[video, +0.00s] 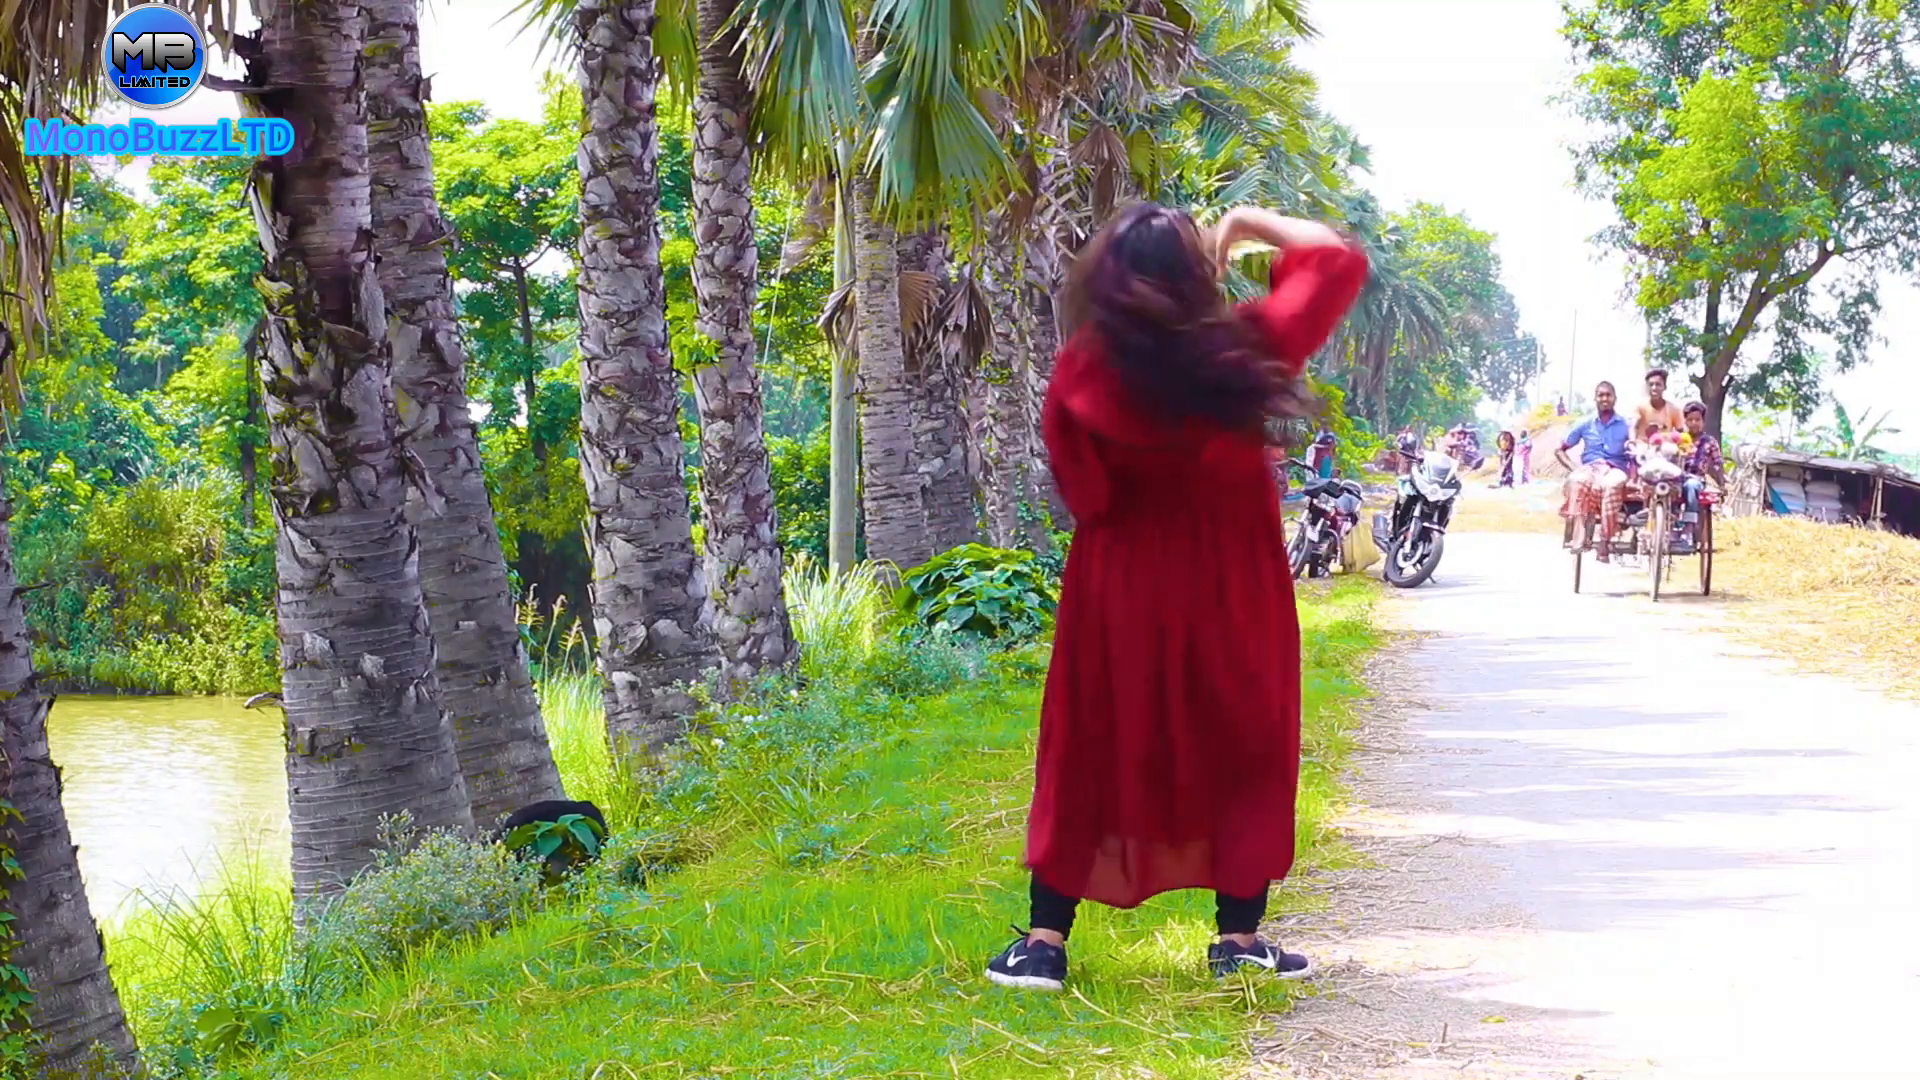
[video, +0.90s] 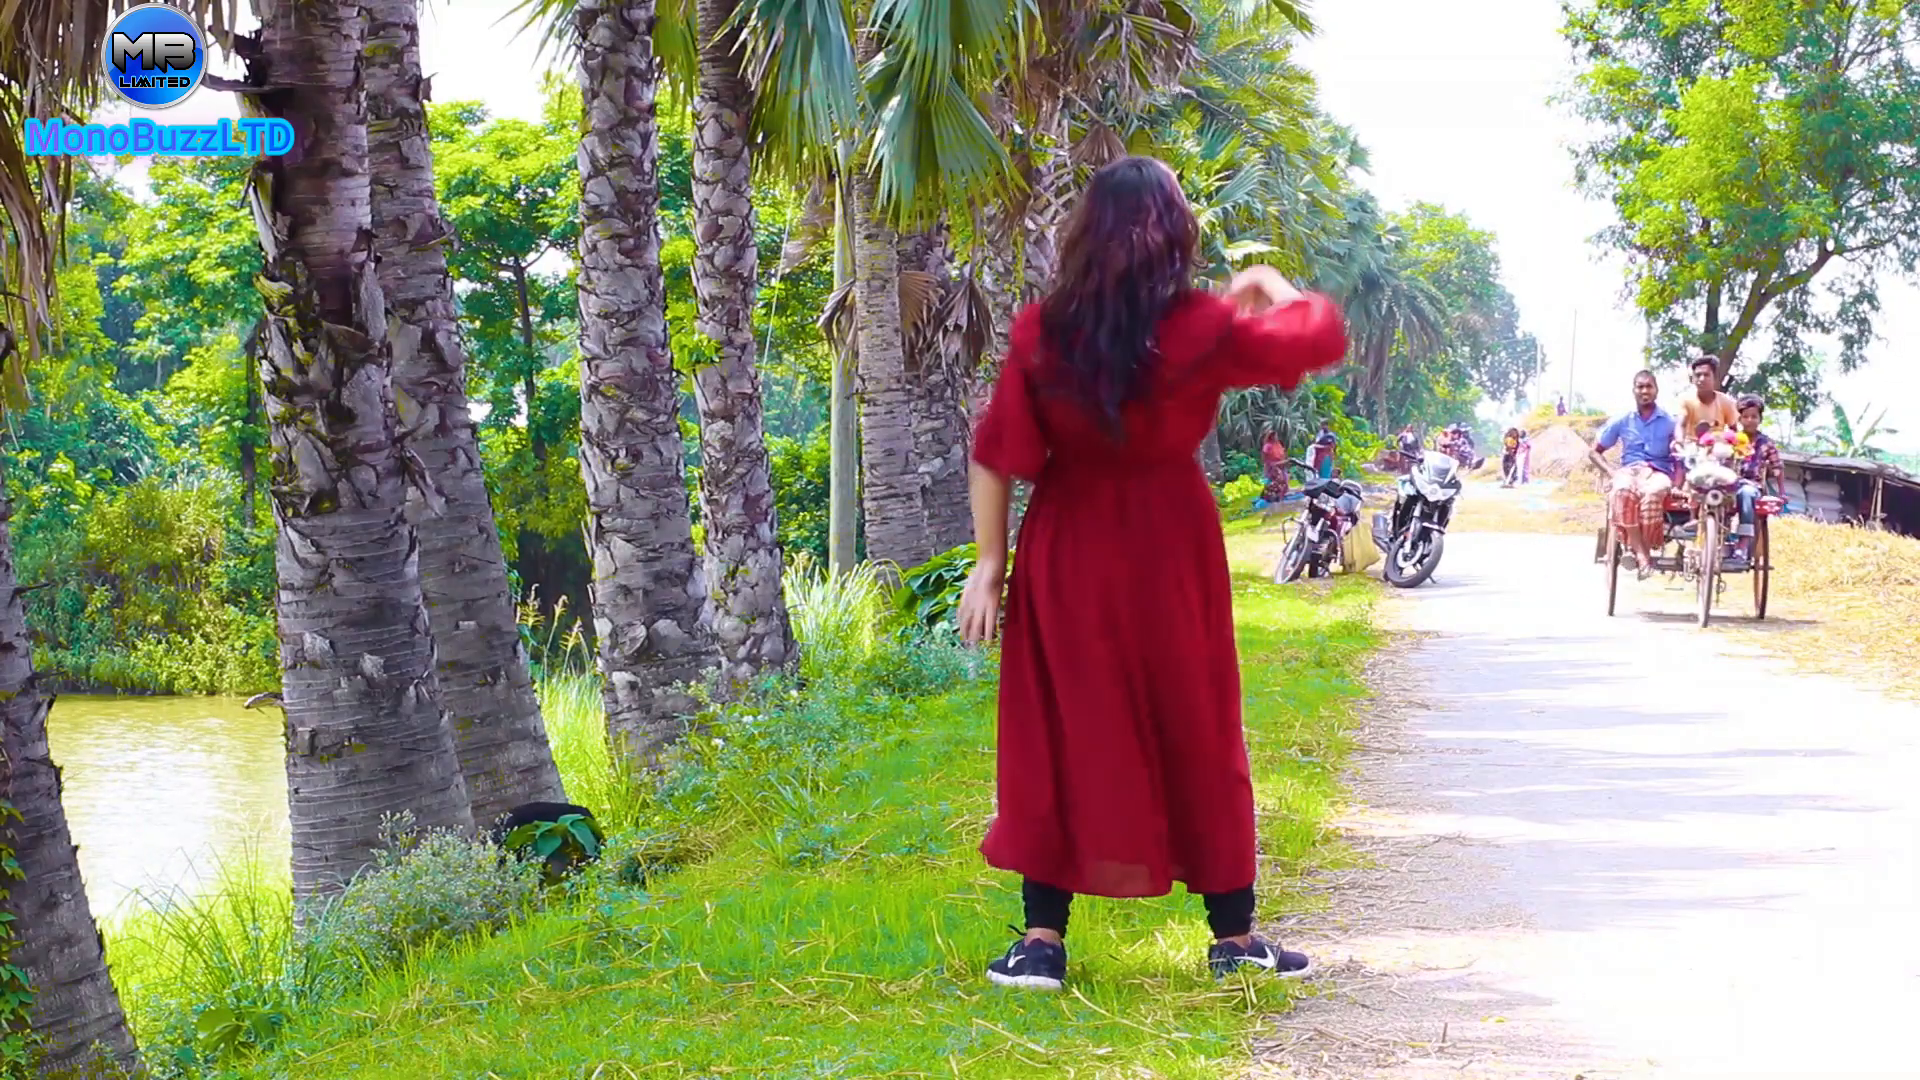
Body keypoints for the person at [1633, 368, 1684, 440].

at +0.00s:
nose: (1654, 388)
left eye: (1658, 384)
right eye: (1651, 384)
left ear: (1665, 387)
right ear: (1647, 387)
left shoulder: (1673, 410)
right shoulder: (1641, 407)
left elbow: (1682, 431)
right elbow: (1633, 426)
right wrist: (1632, 441)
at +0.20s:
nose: (1663, 386)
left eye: (1667, 383)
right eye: (1659, 383)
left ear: (1674, 386)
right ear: (1656, 386)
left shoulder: (1684, 409)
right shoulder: (1649, 407)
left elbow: (1689, 431)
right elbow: (1642, 427)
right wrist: (1641, 441)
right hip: (1653, 442)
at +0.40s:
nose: (1673, 384)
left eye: (1677, 381)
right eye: (1669, 380)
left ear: (1684, 384)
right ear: (1666, 383)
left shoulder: (1693, 407)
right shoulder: (1658, 406)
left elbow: (1701, 427)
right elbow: (1651, 427)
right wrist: (1650, 442)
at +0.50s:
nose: (1678, 384)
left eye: (1682, 381)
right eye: (1674, 380)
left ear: (1689, 383)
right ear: (1670, 383)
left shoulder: (1701, 407)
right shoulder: (1664, 406)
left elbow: (1708, 431)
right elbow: (1656, 427)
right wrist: (1655, 441)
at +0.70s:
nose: (1689, 383)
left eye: (1694, 378)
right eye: (1686, 378)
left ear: (1701, 380)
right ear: (1681, 381)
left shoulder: (1714, 404)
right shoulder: (1675, 405)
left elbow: (1720, 431)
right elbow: (1667, 427)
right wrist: (1667, 441)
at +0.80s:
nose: (1695, 381)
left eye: (1700, 377)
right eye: (1691, 377)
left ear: (1708, 380)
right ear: (1687, 380)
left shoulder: (1720, 404)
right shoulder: (1680, 403)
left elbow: (1727, 430)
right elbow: (1673, 426)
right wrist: (1673, 441)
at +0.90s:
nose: (1702, 379)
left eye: (1706, 375)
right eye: (1698, 375)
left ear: (1715, 377)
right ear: (1693, 378)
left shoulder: (1726, 402)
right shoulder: (1686, 400)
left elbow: (1735, 428)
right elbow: (1680, 424)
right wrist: (1679, 440)